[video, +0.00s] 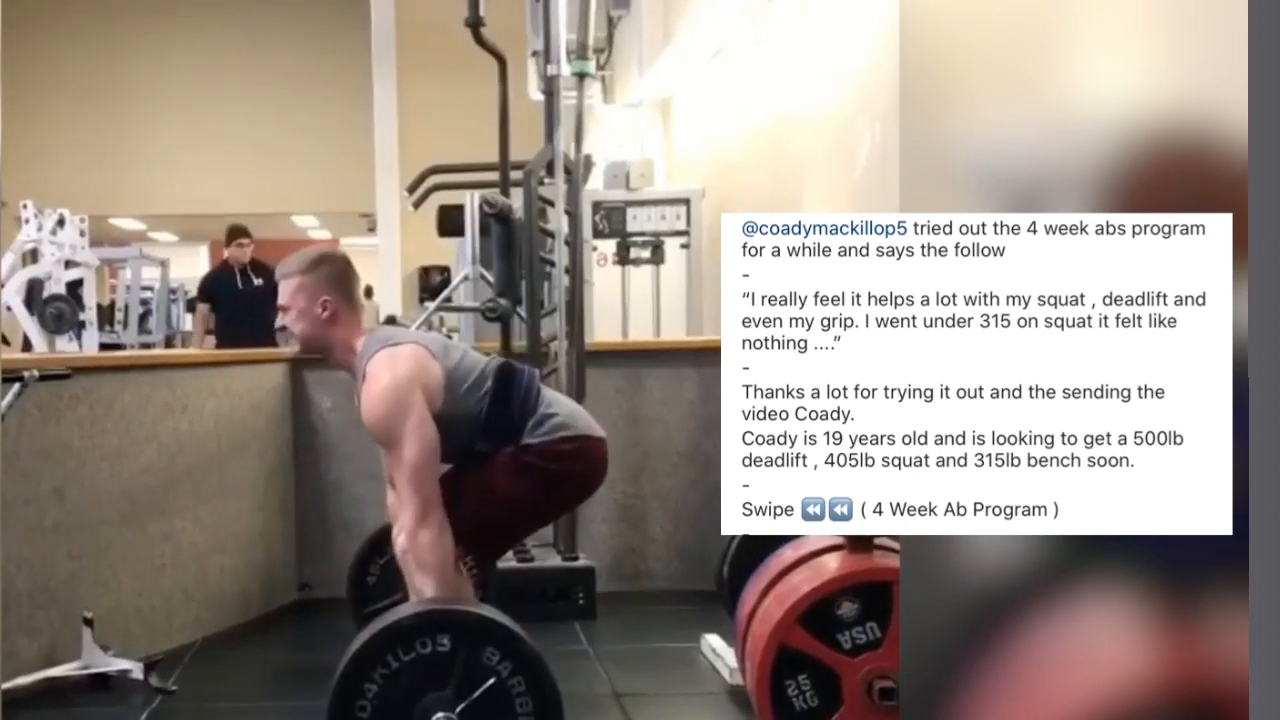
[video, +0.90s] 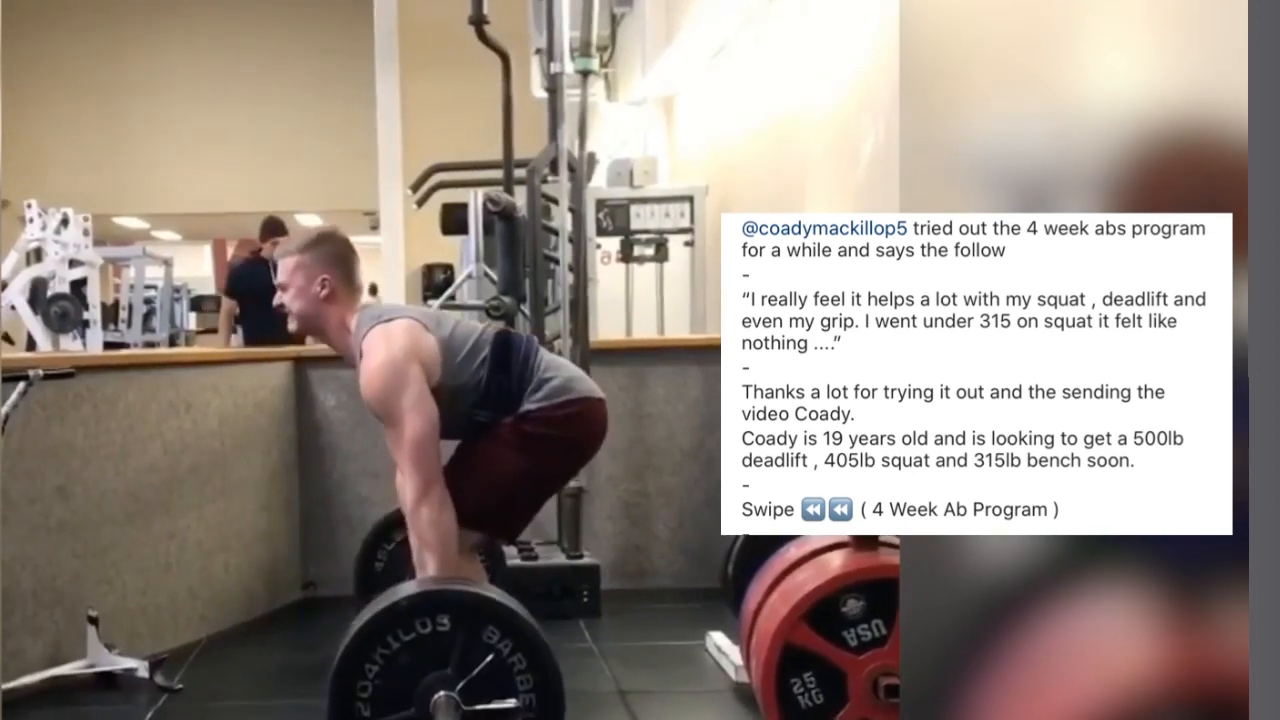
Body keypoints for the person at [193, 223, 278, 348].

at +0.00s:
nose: (245, 250)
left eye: (248, 245)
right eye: (239, 245)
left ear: (253, 246)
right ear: (227, 248)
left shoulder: (265, 272)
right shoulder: (213, 279)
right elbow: (201, 317)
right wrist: (195, 350)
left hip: (266, 353)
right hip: (229, 355)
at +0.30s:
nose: (262, 252)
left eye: (266, 246)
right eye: (256, 246)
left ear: (269, 247)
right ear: (242, 247)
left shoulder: (277, 276)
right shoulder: (223, 275)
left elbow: (288, 315)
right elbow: (206, 314)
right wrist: (198, 351)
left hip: (271, 357)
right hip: (232, 359)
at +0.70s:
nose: (278, 248)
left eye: (281, 242)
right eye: (273, 242)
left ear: (286, 241)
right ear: (259, 241)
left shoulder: (286, 267)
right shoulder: (239, 266)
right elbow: (220, 304)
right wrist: (214, 344)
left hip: (282, 347)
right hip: (248, 349)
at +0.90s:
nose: (279, 249)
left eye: (282, 243)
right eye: (274, 244)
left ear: (287, 241)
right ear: (263, 242)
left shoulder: (288, 267)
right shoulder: (244, 271)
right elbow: (227, 311)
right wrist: (224, 349)